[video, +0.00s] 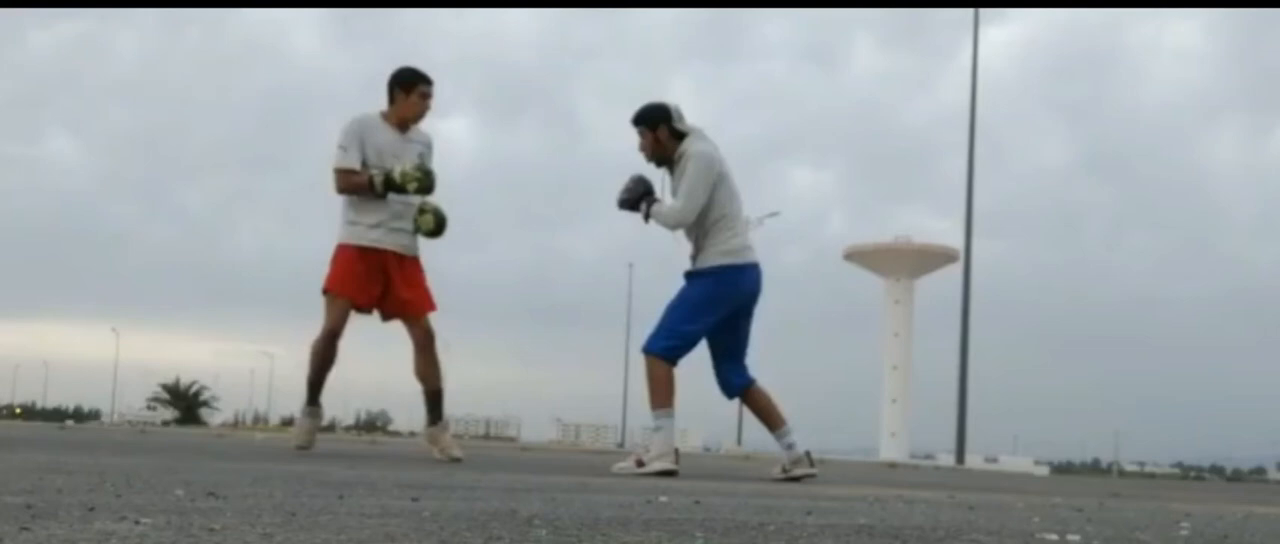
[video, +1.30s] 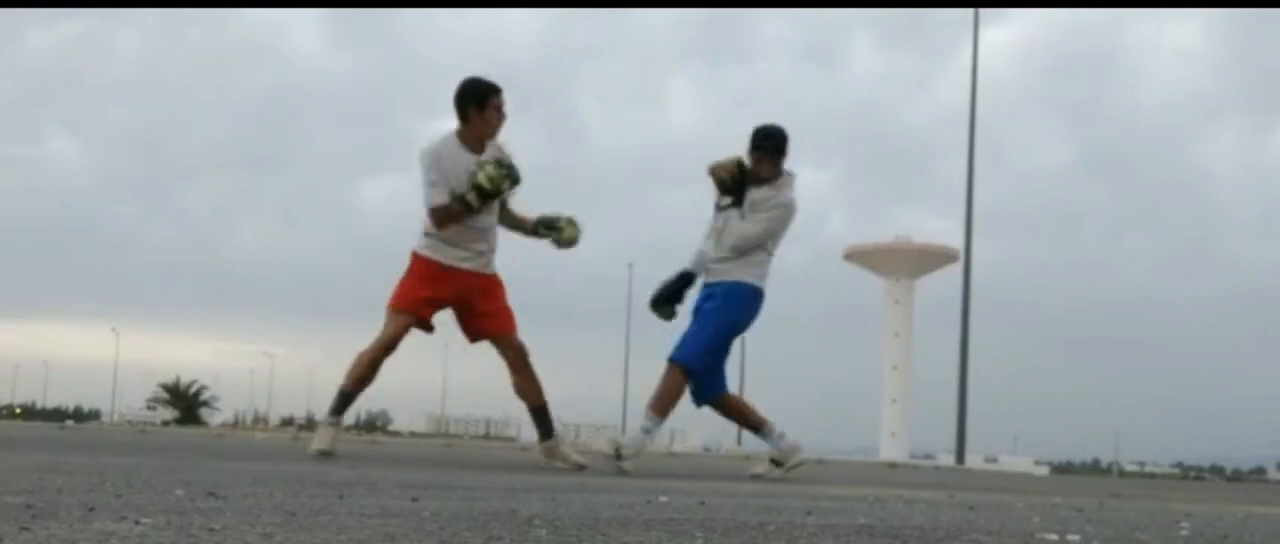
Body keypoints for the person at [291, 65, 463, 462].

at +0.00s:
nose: (427, 107)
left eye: (430, 100)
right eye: (423, 98)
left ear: (416, 100)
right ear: (400, 95)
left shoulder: (422, 143)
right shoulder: (360, 127)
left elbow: (420, 194)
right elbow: (343, 181)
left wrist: (427, 215)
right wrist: (388, 181)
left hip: (402, 252)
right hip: (357, 247)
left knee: (424, 335)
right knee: (332, 329)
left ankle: (436, 426)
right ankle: (310, 411)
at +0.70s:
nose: (436, 119)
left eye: (437, 111)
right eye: (431, 110)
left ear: (416, 113)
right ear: (406, 109)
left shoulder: (433, 164)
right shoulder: (372, 150)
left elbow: (436, 217)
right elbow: (380, 209)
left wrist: (456, 237)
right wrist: (427, 193)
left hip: (419, 273)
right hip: (371, 273)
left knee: (477, 330)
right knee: (342, 354)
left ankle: (449, 413)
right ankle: (292, 426)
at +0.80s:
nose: (465, 124)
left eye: (466, 116)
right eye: (460, 116)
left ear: (444, 119)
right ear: (437, 117)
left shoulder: (463, 158)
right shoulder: (404, 157)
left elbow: (493, 196)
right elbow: (430, 213)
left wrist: (524, 189)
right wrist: (470, 185)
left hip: (448, 280)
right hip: (399, 279)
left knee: (499, 342)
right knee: (350, 352)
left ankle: (520, 434)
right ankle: (292, 424)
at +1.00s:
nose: (513, 172)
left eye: (512, 164)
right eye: (505, 167)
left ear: (508, 166)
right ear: (482, 172)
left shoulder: (524, 178)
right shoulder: (454, 200)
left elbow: (565, 149)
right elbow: (466, 263)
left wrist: (602, 115)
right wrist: (502, 236)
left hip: (499, 299)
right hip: (450, 297)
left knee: (542, 354)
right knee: (393, 363)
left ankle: (556, 445)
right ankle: (321, 428)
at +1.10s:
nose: (523, 173)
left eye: (523, 166)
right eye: (517, 167)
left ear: (515, 165)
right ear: (493, 168)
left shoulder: (524, 181)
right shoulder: (459, 199)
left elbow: (577, 169)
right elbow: (459, 261)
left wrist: (628, 148)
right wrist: (497, 240)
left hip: (502, 301)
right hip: (452, 298)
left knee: (545, 351)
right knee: (397, 365)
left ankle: (555, 445)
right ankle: (322, 426)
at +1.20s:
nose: (517, 146)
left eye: (517, 139)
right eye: (510, 139)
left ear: (508, 141)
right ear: (486, 141)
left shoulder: (521, 169)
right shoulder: (453, 178)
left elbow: (573, 198)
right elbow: (462, 240)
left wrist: (613, 198)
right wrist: (500, 214)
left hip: (493, 294)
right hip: (444, 287)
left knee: (534, 353)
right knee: (394, 346)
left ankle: (553, 444)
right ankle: (326, 415)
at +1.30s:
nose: (502, 118)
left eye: (503, 110)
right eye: (496, 110)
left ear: (484, 114)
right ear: (472, 113)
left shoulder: (498, 156)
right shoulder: (438, 154)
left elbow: (501, 214)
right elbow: (438, 219)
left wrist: (538, 227)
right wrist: (481, 195)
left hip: (480, 274)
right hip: (431, 267)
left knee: (516, 351)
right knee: (388, 340)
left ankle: (550, 441)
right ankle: (331, 421)